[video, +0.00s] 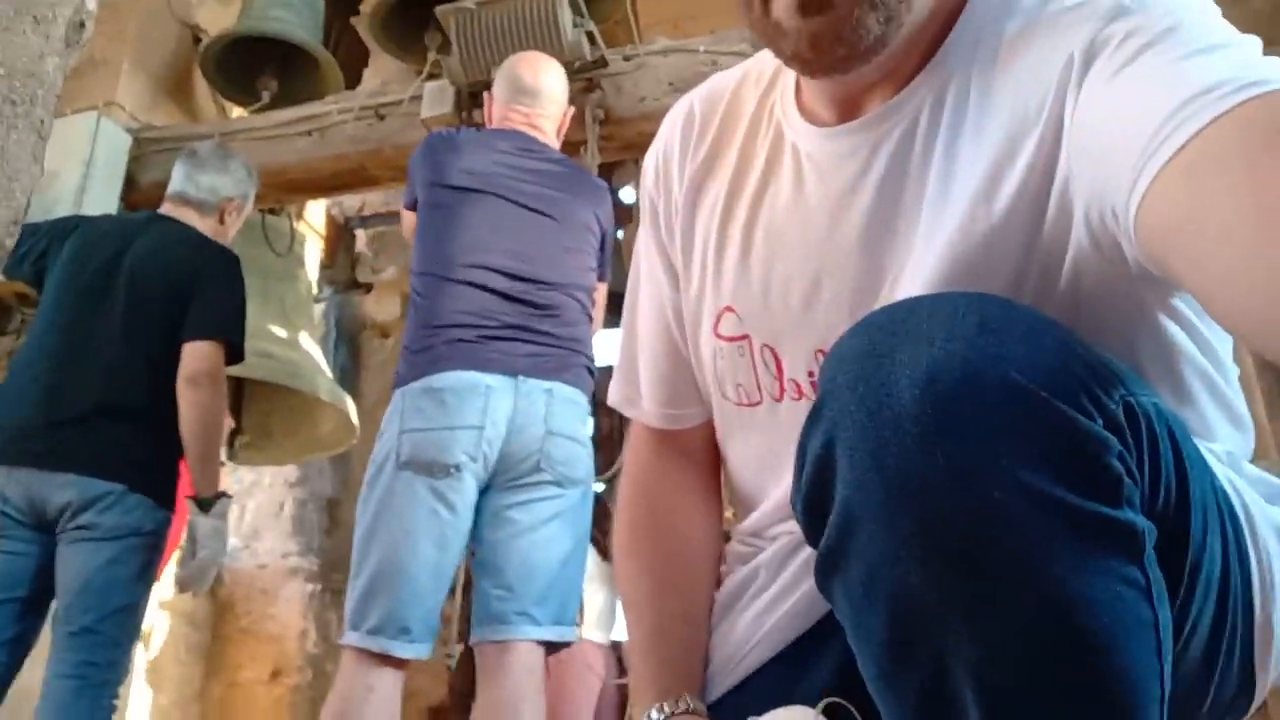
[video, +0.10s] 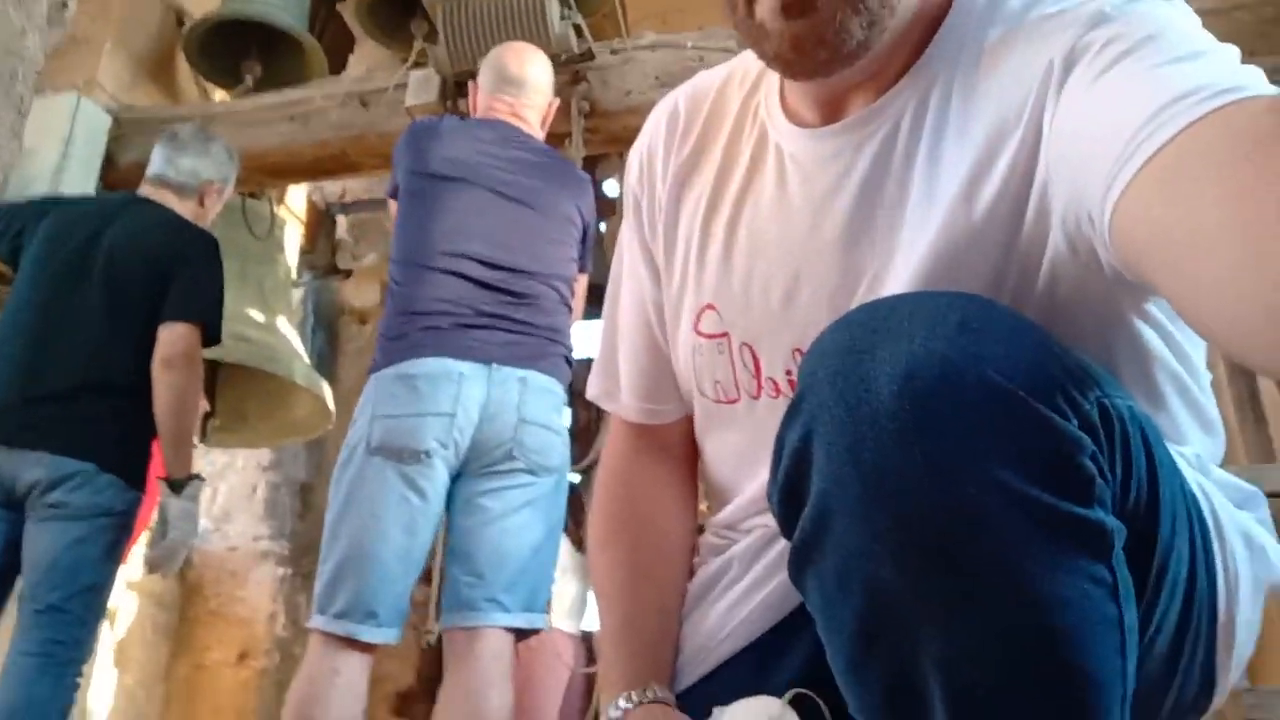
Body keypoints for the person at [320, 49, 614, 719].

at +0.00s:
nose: (488, 111)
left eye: (488, 104)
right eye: (561, 116)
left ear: (486, 109)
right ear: (564, 123)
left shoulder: (440, 150)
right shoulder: (594, 192)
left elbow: (416, 236)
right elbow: (592, 313)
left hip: (447, 387)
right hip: (561, 405)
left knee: (379, 647)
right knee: (515, 641)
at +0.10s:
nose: (469, 103)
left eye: (469, 94)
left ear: (472, 97)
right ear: (552, 115)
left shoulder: (422, 138)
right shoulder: (577, 185)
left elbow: (403, 231)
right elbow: (572, 305)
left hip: (423, 374)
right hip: (536, 394)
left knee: (346, 632)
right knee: (485, 629)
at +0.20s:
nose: (417, 103)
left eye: (417, 94)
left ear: (419, 98)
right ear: (501, 117)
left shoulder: (367, 140)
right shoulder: (525, 189)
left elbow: (359, 241)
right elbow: (522, 314)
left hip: (365, 381)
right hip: (482, 402)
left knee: (289, 646)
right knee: (432, 642)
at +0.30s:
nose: (460, 124)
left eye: (460, 117)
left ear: (463, 120)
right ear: (544, 137)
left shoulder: (415, 163)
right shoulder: (570, 209)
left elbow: (402, 269)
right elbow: (569, 335)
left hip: (412, 404)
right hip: (529, 423)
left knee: (336, 668)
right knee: (476, 661)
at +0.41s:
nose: (448, 93)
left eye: (448, 83)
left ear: (447, 84)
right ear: (525, 109)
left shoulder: (402, 127)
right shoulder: (547, 171)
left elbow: (380, 241)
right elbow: (548, 294)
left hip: (382, 360)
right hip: (494, 381)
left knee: (284, 611)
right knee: (426, 612)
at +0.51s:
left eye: (392, 17)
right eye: (475, 32)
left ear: (395, 20)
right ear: (476, 46)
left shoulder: (349, 63)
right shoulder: (503, 117)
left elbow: (353, 172)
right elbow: (513, 250)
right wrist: (436, 217)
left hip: (335, 312)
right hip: (453, 336)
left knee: (244, 569)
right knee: (390, 572)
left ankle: (188, 717)